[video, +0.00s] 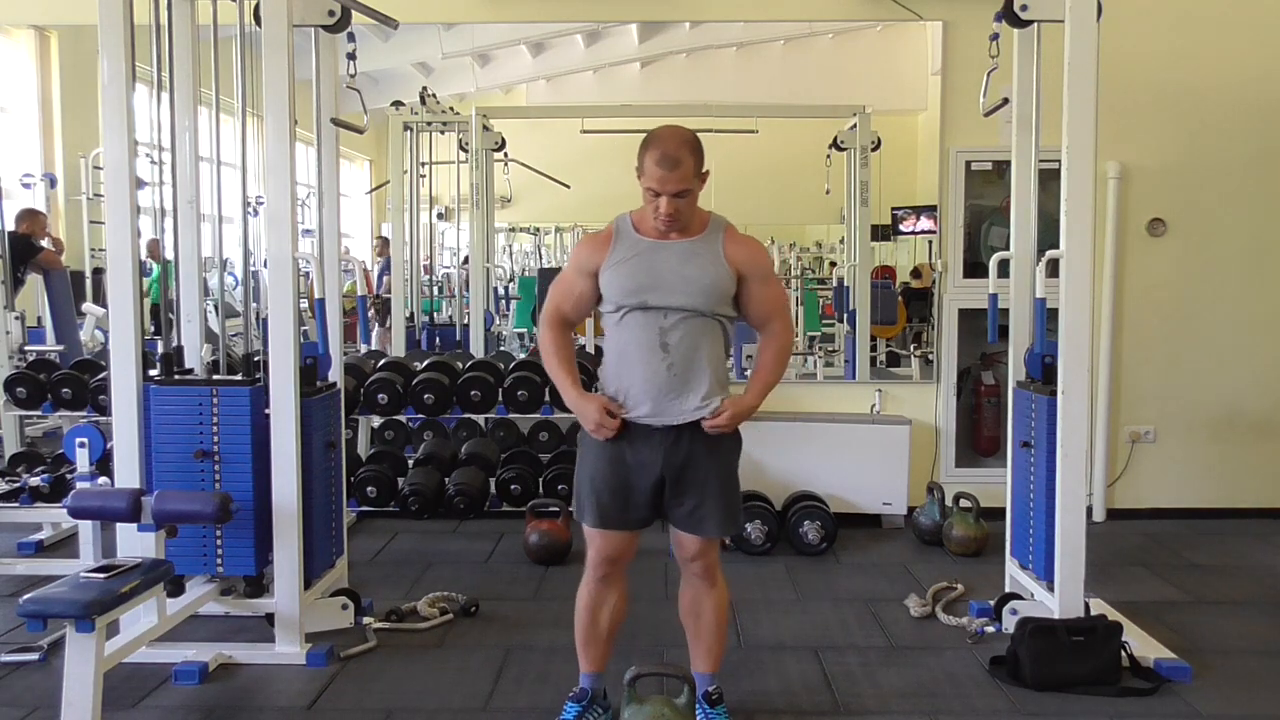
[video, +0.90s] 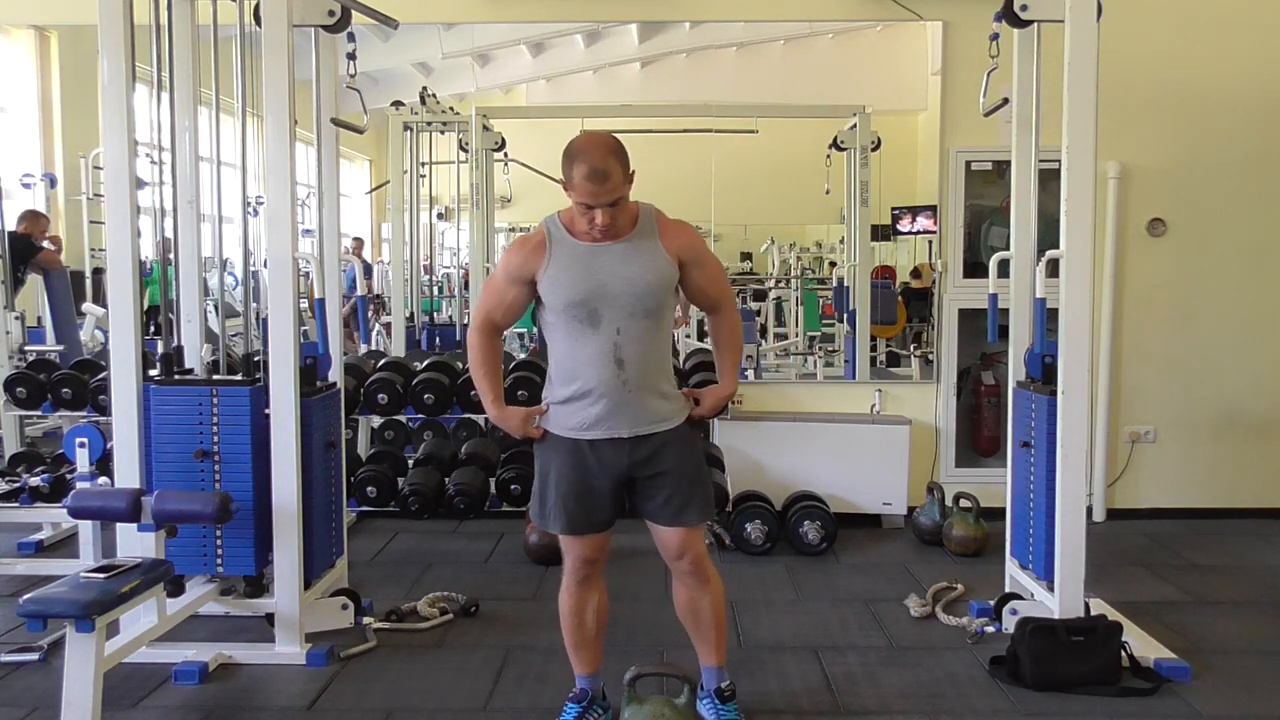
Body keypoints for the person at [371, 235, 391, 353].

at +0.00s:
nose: (374, 249)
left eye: (377, 246)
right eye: (374, 246)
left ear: (385, 247)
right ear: (382, 248)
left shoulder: (387, 262)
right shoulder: (383, 263)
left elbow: (387, 284)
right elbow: (384, 284)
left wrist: (377, 301)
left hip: (385, 308)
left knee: (378, 341)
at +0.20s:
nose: (370, 250)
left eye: (373, 247)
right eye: (369, 247)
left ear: (379, 247)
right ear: (370, 247)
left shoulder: (383, 263)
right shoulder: (379, 263)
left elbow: (383, 285)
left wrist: (375, 300)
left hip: (381, 302)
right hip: (383, 302)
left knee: (372, 333)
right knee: (386, 335)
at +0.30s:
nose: (367, 251)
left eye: (370, 248)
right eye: (367, 248)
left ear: (378, 248)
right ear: (366, 249)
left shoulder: (380, 265)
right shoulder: (375, 265)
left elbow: (380, 286)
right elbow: (370, 282)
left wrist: (372, 304)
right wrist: (365, 272)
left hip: (378, 299)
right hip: (377, 299)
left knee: (371, 333)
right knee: (384, 335)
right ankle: (391, 359)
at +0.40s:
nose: (365, 251)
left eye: (368, 248)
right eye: (364, 248)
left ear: (375, 249)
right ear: (363, 248)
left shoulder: (376, 264)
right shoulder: (371, 264)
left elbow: (376, 287)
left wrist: (368, 304)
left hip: (376, 300)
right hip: (375, 300)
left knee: (369, 333)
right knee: (380, 334)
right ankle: (390, 358)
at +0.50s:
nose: (362, 251)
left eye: (365, 248)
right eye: (361, 248)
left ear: (372, 249)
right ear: (360, 248)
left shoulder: (373, 265)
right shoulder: (367, 265)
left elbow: (372, 290)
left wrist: (361, 309)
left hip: (373, 302)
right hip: (369, 302)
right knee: (377, 332)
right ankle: (389, 356)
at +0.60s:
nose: (359, 250)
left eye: (362, 248)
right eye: (358, 247)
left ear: (369, 248)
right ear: (356, 247)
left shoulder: (370, 265)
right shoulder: (363, 264)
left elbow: (368, 289)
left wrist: (356, 308)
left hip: (367, 302)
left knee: (366, 333)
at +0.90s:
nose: (352, 251)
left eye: (355, 248)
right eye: (351, 248)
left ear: (361, 249)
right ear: (349, 247)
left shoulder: (366, 266)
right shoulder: (350, 265)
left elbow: (363, 290)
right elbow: (347, 287)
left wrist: (349, 307)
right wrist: (344, 304)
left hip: (359, 304)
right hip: (348, 302)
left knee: (358, 334)